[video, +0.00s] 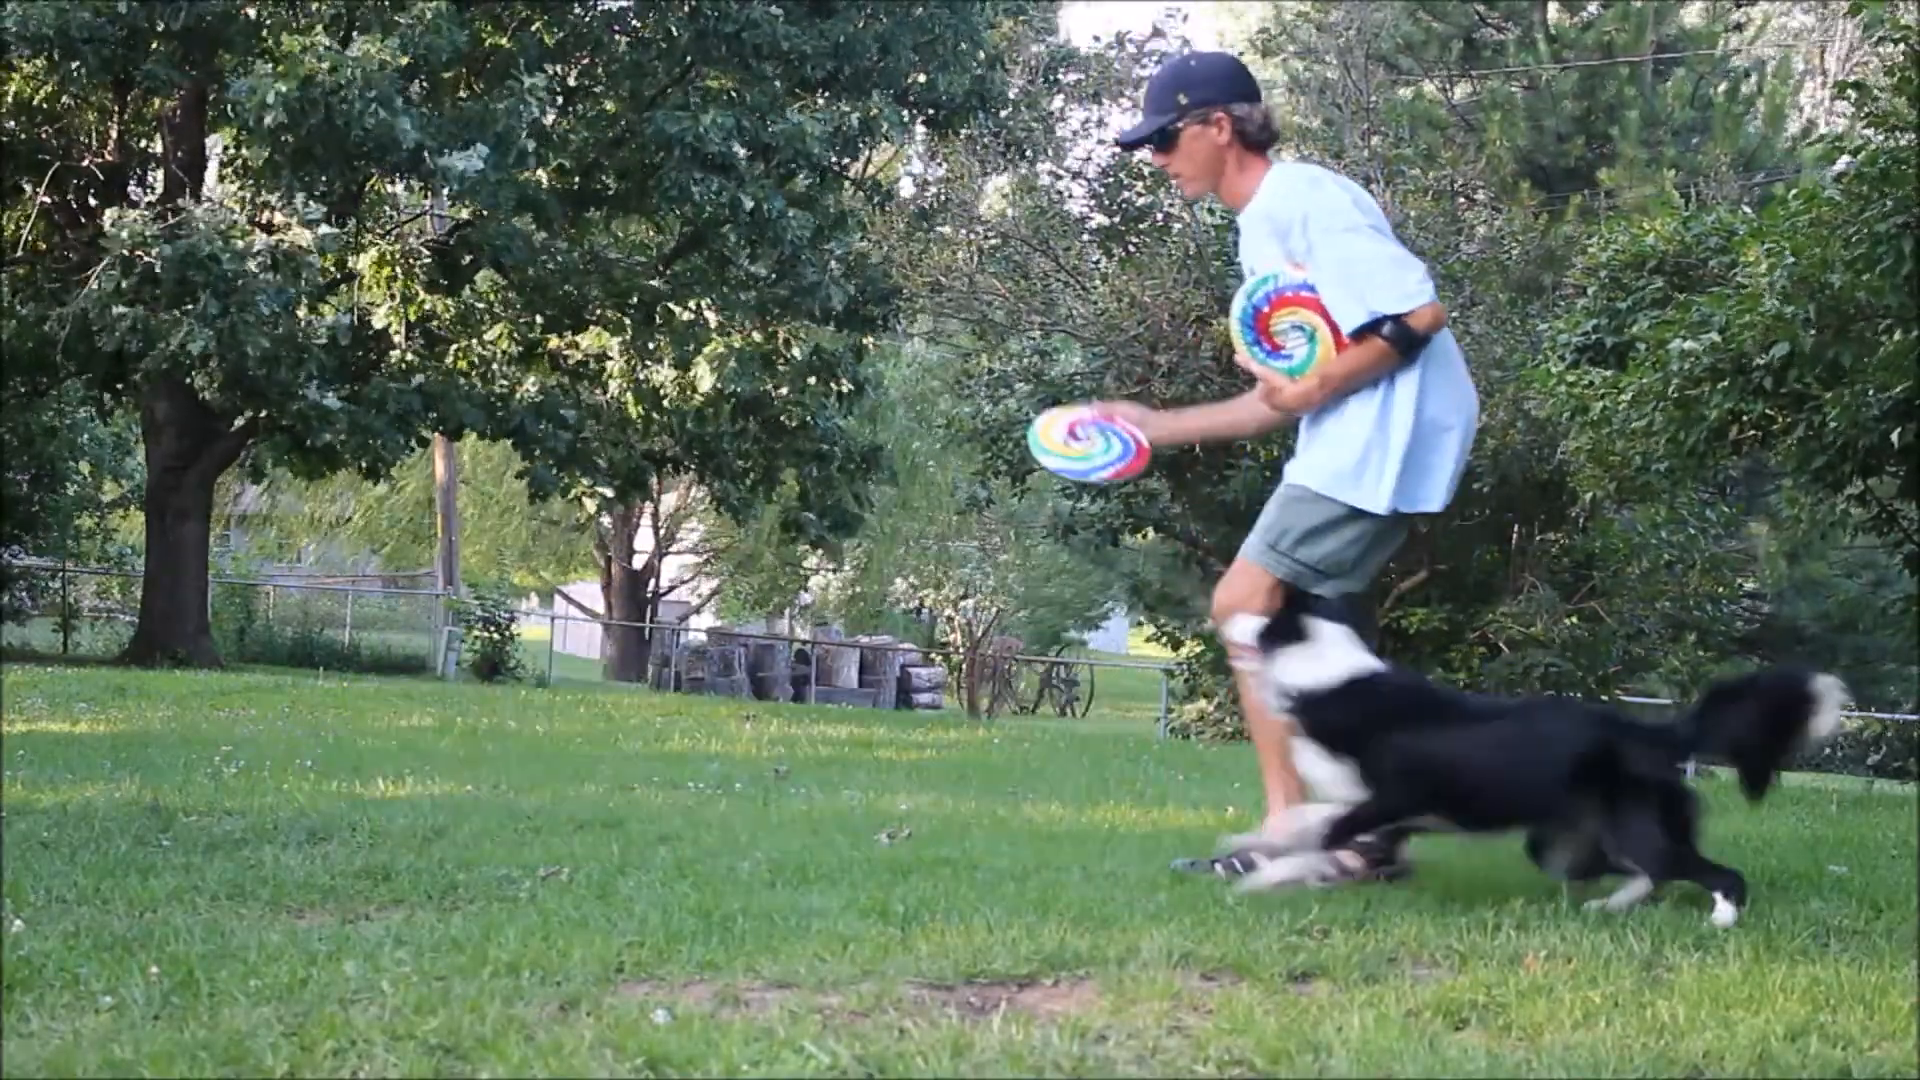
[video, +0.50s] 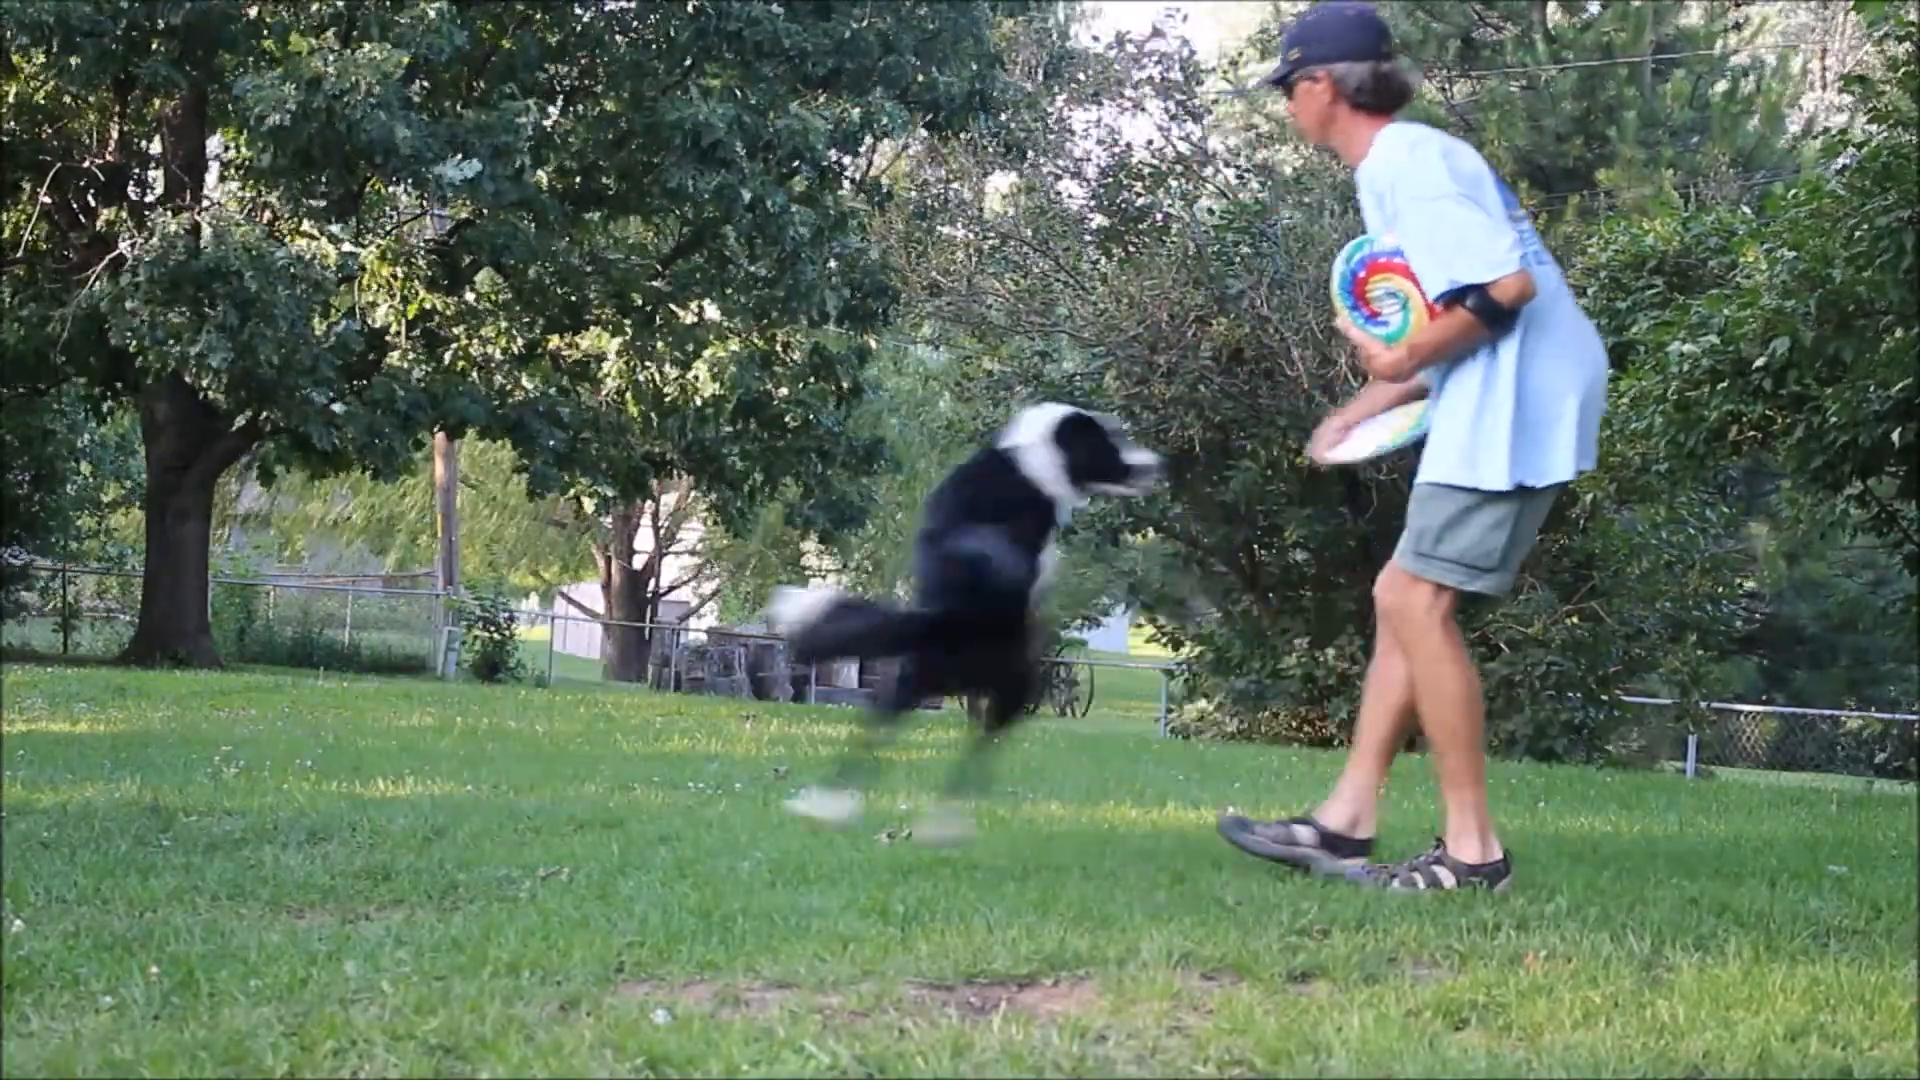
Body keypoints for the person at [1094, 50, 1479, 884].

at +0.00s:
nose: (1160, 164)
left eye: (1167, 143)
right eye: (1156, 148)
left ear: (1220, 128)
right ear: (1218, 135)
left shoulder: (1310, 198)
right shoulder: (1260, 232)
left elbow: (1415, 315)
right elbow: (1283, 397)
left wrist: (1316, 384)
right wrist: (1156, 425)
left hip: (1382, 443)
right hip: (1351, 444)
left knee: (1243, 604)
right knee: (1299, 623)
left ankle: (1293, 825)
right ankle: (1362, 826)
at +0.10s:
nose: (1170, 167)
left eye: (1178, 146)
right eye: (1166, 151)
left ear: (1230, 133)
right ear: (1222, 138)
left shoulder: (1319, 201)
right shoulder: (1273, 235)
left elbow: (1432, 310)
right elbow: (1301, 400)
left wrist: (1330, 388)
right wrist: (1187, 457)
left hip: (1403, 448)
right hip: (1363, 448)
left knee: (1276, 606)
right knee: (1274, 620)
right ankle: (1289, 831)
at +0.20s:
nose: (1186, 162)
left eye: (1194, 142)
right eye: (1182, 146)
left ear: (1244, 130)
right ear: (1237, 134)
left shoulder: (1337, 196)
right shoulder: (1291, 235)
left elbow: (1451, 308)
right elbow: (1324, 395)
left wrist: (1346, 389)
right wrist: (1231, 467)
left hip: (1435, 442)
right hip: (1386, 446)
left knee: (1324, 614)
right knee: (1281, 602)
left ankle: (1462, 834)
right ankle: (1297, 837)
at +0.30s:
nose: (1214, 151)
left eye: (1220, 131)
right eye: (1211, 135)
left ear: (1266, 122)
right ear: (1263, 124)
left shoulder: (1362, 188)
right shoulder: (1318, 219)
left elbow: (1472, 301)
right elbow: (1356, 375)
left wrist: (1366, 382)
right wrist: (1275, 454)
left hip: (1467, 435)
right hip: (1423, 436)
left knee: (1363, 615)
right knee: (1329, 604)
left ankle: (1469, 847)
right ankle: (1303, 832)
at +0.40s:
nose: (1250, 129)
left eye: (1255, 111)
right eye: (1248, 113)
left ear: (1297, 105)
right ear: (1306, 105)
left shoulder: (1383, 175)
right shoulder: (1361, 190)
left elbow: (1489, 294)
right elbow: (1388, 356)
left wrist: (1384, 371)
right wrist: (1299, 437)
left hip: (1497, 415)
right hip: (1465, 415)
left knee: (1395, 608)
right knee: (1375, 607)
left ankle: (1471, 850)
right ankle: (1315, 831)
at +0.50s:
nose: (1289, 109)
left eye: (1292, 90)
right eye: (1287, 92)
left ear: (1328, 86)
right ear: (1354, 85)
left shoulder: (1408, 159)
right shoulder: (1397, 167)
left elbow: (1504, 289)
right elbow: (1460, 321)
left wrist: (1401, 359)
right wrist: (1366, 410)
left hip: (1518, 404)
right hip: (1496, 404)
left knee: (1419, 600)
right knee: (1399, 598)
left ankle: (1472, 849)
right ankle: (1347, 819)